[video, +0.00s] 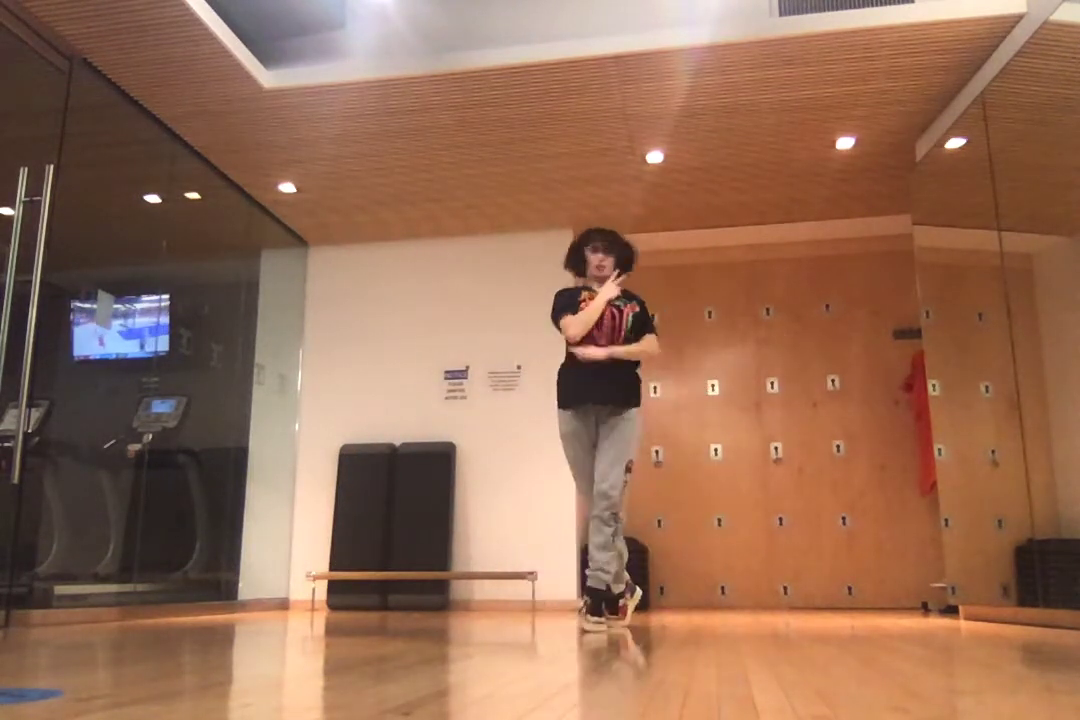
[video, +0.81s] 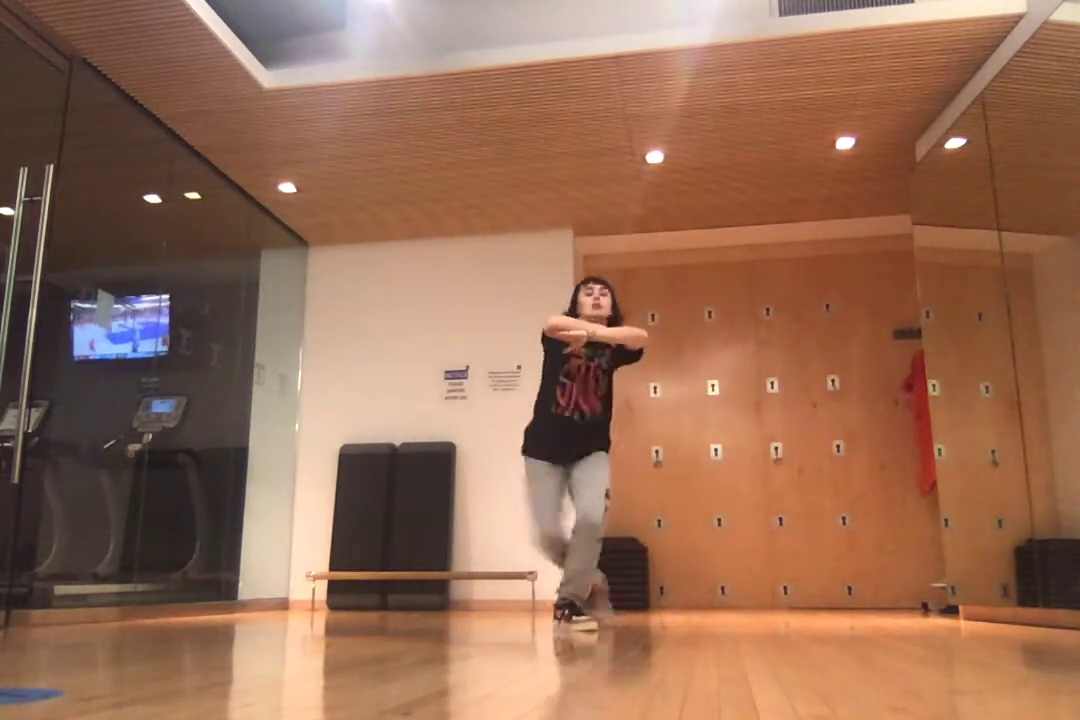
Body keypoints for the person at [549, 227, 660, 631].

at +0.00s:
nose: (600, 258)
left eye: (607, 252)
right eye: (594, 251)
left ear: (619, 260)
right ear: (581, 257)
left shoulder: (633, 303)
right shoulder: (568, 297)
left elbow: (652, 348)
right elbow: (572, 331)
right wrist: (603, 297)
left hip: (621, 409)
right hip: (575, 409)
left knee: (608, 497)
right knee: (594, 500)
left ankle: (597, 592)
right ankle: (621, 583)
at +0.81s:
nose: (597, 298)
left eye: (603, 294)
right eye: (589, 293)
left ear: (614, 306)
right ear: (575, 304)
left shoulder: (614, 347)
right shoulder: (558, 336)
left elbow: (640, 337)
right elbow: (552, 326)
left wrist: (591, 334)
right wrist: (598, 331)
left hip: (591, 447)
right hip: (545, 445)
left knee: (592, 519)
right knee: (546, 533)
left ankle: (569, 598)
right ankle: (593, 582)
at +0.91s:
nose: (589, 300)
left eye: (596, 296)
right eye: (581, 296)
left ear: (608, 306)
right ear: (569, 306)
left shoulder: (608, 349)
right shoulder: (551, 340)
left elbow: (634, 336)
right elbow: (543, 321)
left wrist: (584, 328)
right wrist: (589, 329)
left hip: (582, 459)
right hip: (533, 450)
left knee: (586, 523)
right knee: (488, 499)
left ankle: (567, 604)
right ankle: (499, 582)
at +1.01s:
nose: (584, 307)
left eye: (591, 303)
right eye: (576, 303)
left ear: (604, 312)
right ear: (563, 313)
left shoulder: (607, 357)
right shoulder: (550, 345)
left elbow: (630, 336)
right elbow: (532, 323)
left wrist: (580, 331)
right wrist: (573, 328)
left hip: (570, 462)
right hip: (522, 449)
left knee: (584, 526)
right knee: (465, 516)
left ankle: (565, 606)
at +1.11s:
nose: (578, 311)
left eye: (586, 306)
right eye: (572, 305)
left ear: (597, 319)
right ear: (562, 315)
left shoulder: (599, 361)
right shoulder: (543, 346)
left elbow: (632, 347)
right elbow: (516, 329)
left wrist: (593, 329)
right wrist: (559, 318)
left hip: (553, 462)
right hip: (502, 449)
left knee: (580, 526)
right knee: (449, 495)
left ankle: (566, 605)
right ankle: (411, 592)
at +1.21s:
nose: (561, 302)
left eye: (570, 297)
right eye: (555, 296)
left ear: (582, 310)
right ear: (544, 304)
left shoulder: (588, 352)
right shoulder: (522, 328)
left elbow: (645, 347)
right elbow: (486, 283)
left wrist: (615, 311)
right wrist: (527, 293)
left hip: (535, 454)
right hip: (483, 440)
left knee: (565, 526)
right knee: (410, 466)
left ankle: (567, 608)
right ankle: (397, 569)